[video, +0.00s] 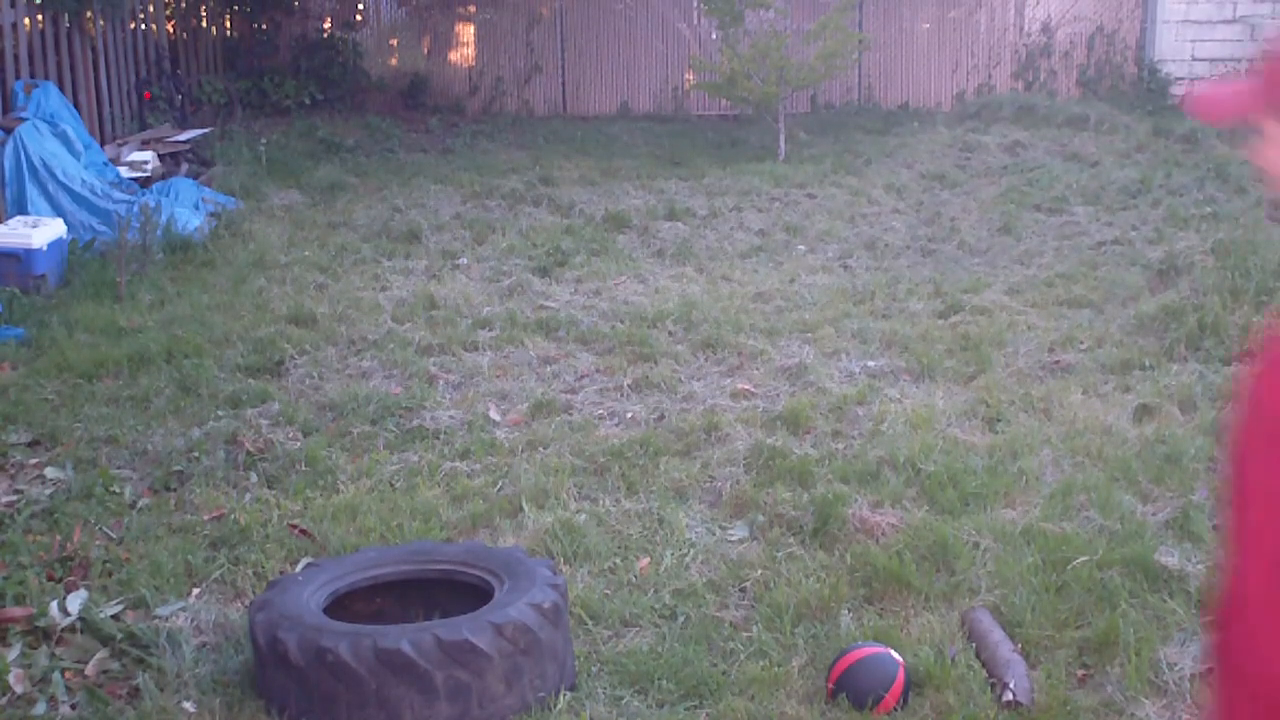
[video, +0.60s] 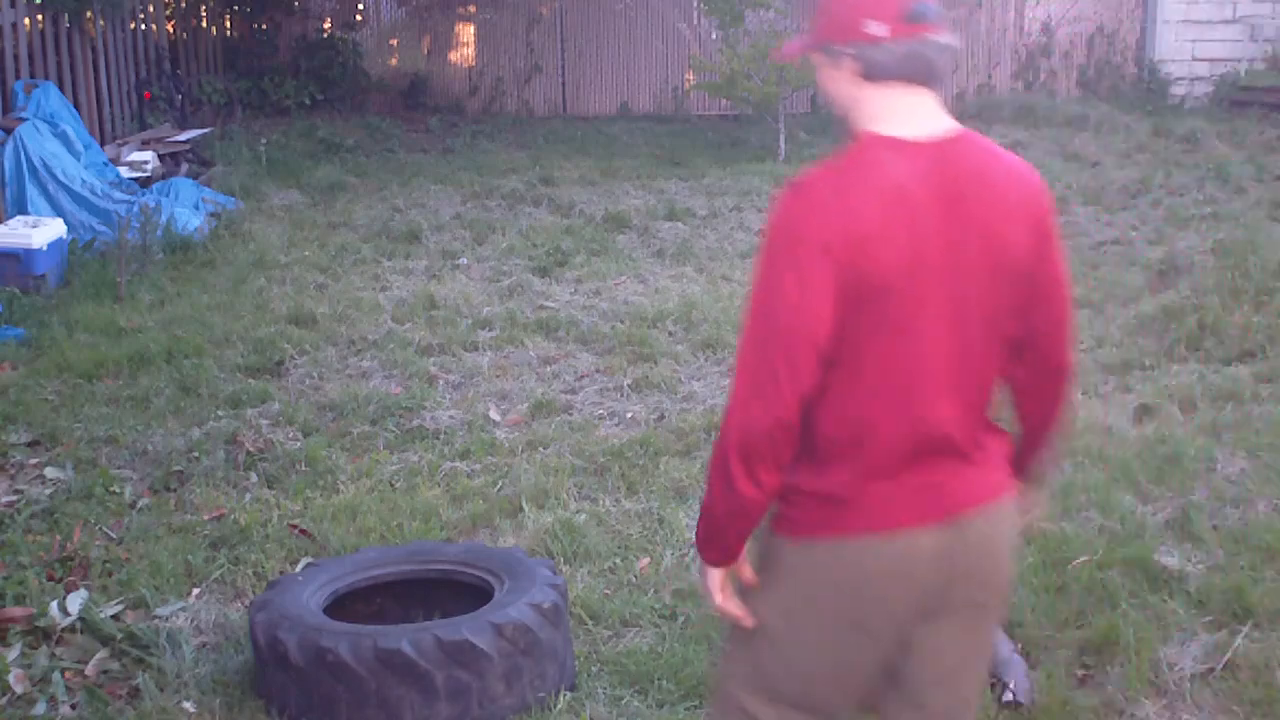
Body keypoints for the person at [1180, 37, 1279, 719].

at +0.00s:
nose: (1254, 157)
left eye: (1261, 133)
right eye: (1253, 134)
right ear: (1256, 137)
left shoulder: (1267, 367)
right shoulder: (1262, 360)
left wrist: (1247, 696)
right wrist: (1241, 692)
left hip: (1258, 690)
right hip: (1250, 684)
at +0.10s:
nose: (1159, 111)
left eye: (1168, 89)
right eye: (1161, 90)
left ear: (1224, 98)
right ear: (1233, 97)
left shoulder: (1213, 293)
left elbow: (1159, 559)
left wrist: (1043, 696)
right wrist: (1056, 681)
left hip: (1210, 695)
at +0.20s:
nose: (1074, 100)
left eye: (1084, 79)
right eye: (1076, 79)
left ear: (1133, 89)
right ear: (1216, 81)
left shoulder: (1117, 267)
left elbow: (1031, 512)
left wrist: (871, 628)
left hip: (1140, 678)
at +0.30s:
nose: (997, 121)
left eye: (1004, 102)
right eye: (999, 101)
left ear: (1046, 110)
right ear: (1137, 101)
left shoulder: (1028, 284)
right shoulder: (1240, 253)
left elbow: (926, 490)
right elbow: (1272, 442)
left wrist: (769, 571)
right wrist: (1278, 599)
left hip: (1052, 656)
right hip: (1181, 627)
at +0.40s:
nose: (938, 133)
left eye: (942, 114)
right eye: (940, 113)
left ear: (973, 120)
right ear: (1064, 116)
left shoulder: (945, 280)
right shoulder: (1149, 257)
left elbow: (852, 481)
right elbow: (1208, 441)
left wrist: (708, 557)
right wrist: (1246, 572)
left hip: (971, 641)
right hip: (1088, 612)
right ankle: (888, 690)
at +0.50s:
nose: (881, 110)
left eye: (884, 93)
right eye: (881, 94)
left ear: (910, 98)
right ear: (996, 95)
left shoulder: (881, 243)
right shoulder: (1076, 228)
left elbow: (800, 438)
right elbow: (1116, 397)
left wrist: (706, 561)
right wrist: (1145, 528)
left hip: (902, 591)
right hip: (1028, 567)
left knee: (841, 704)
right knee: (984, 708)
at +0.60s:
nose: (817, 83)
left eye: (818, 65)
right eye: (814, 66)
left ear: (845, 66)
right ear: (926, 61)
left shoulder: (822, 201)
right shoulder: (1017, 185)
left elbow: (768, 402)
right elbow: (1049, 362)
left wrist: (721, 536)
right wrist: (1027, 469)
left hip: (845, 543)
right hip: (981, 525)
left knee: (765, 704)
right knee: (940, 709)